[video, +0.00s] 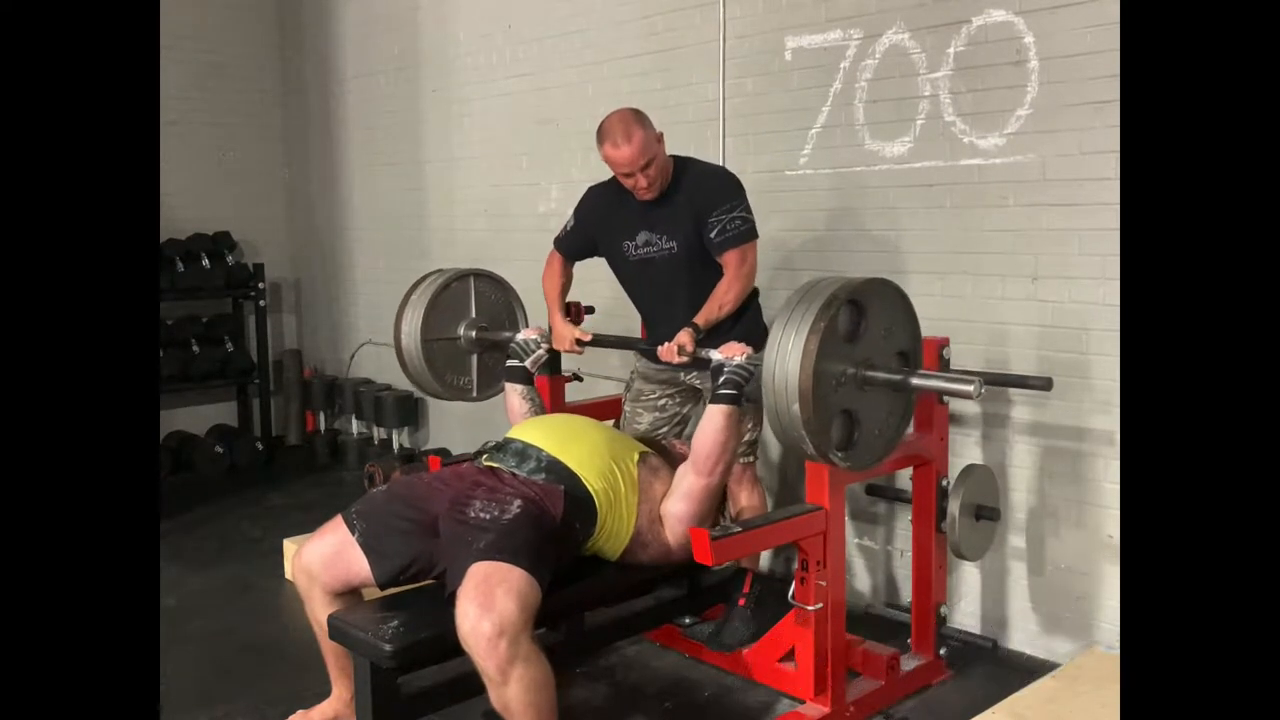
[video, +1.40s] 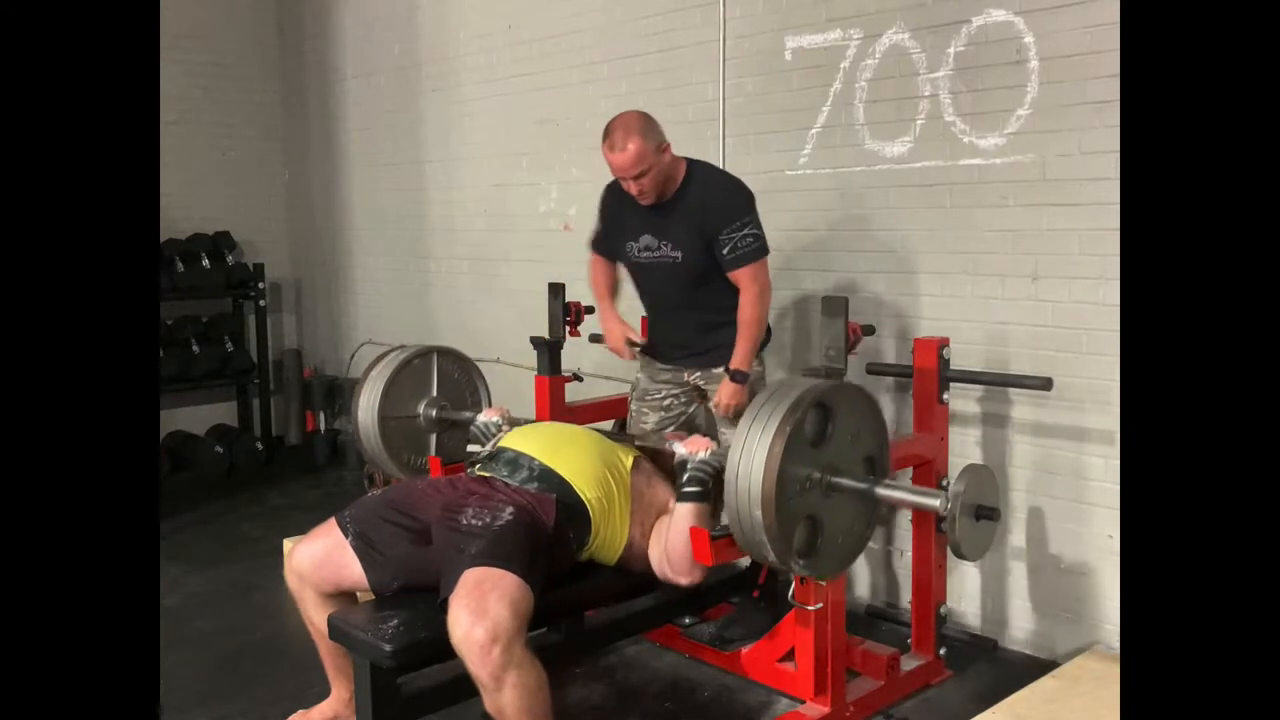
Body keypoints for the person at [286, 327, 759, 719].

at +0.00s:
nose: (680, 434)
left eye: (693, 441)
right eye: (677, 430)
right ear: (661, 438)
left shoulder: (668, 522)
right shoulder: (586, 446)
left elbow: (707, 464)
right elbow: (521, 443)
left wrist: (728, 386)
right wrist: (519, 372)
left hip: (529, 499)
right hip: (455, 476)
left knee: (489, 625)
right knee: (313, 563)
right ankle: (344, 696)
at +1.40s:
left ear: (685, 463)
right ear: (661, 443)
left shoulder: (659, 499)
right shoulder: (574, 447)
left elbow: (682, 570)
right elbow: (510, 465)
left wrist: (700, 475)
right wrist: (496, 434)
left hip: (518, 509)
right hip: (453, 487)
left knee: (481, 633)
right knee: (305, 563)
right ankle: (344, 699)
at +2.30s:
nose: (680, 435)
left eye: (689, 436)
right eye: (676, 430)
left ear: (699, 462)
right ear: (659, 434)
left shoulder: (671, 515)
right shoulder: (585, 450)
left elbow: (717, 468)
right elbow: (523, 445)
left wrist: (731, 387)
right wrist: (514, 373)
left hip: (525, 507)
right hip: (455, 486)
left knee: (487, 625)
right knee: (308, 560)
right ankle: (342, 698)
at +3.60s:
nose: (671, 433)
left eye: (684, 436)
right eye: (664, 428)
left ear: (696, 464)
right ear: (645, 438)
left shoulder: (684, 498)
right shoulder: (591, 449)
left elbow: (753, 468)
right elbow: (551, 421)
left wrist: (785, 384)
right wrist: (572, 359)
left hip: (537, 523)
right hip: (466, 499)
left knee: (457, 599)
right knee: (300, 559)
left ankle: (458, 716)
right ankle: (306, 714)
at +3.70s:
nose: (669, 431)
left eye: (683, 435)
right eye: (665, 425)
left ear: (699, 460)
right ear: (647, 428)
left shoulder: (684, 492)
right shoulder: (596, 447)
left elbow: (756, 478)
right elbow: (544, 432)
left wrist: (786, 385)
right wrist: (572, 363)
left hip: (548, 524)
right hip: (478, 495)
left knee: (452, 554)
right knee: (308, 530)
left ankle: (376, 713)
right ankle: (251, 702)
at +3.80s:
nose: (658, 427)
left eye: (673, 429)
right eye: (654, 421)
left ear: (695, 450)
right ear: (640, 426)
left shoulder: (685, 488)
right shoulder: (586, 453)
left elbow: (754, 478)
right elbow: (533, 450)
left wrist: (785, 388)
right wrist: (560, 379)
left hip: (554, 543)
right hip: (474, 514)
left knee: (466, 483)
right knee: (330, 463)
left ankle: (311, 636)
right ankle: (222, 618)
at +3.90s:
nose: (670, 419)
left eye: (686, 426)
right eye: (667, 417)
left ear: (703, 453)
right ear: (651, 426)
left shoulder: (690, 492)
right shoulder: (603, 447)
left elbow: (760, 476)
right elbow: (536, 433)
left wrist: (784, 386)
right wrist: (569, 370)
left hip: (553, 554)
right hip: (477, 528)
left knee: (507, 427)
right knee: (383, 405)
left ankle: (323, 499)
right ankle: (234, 488)